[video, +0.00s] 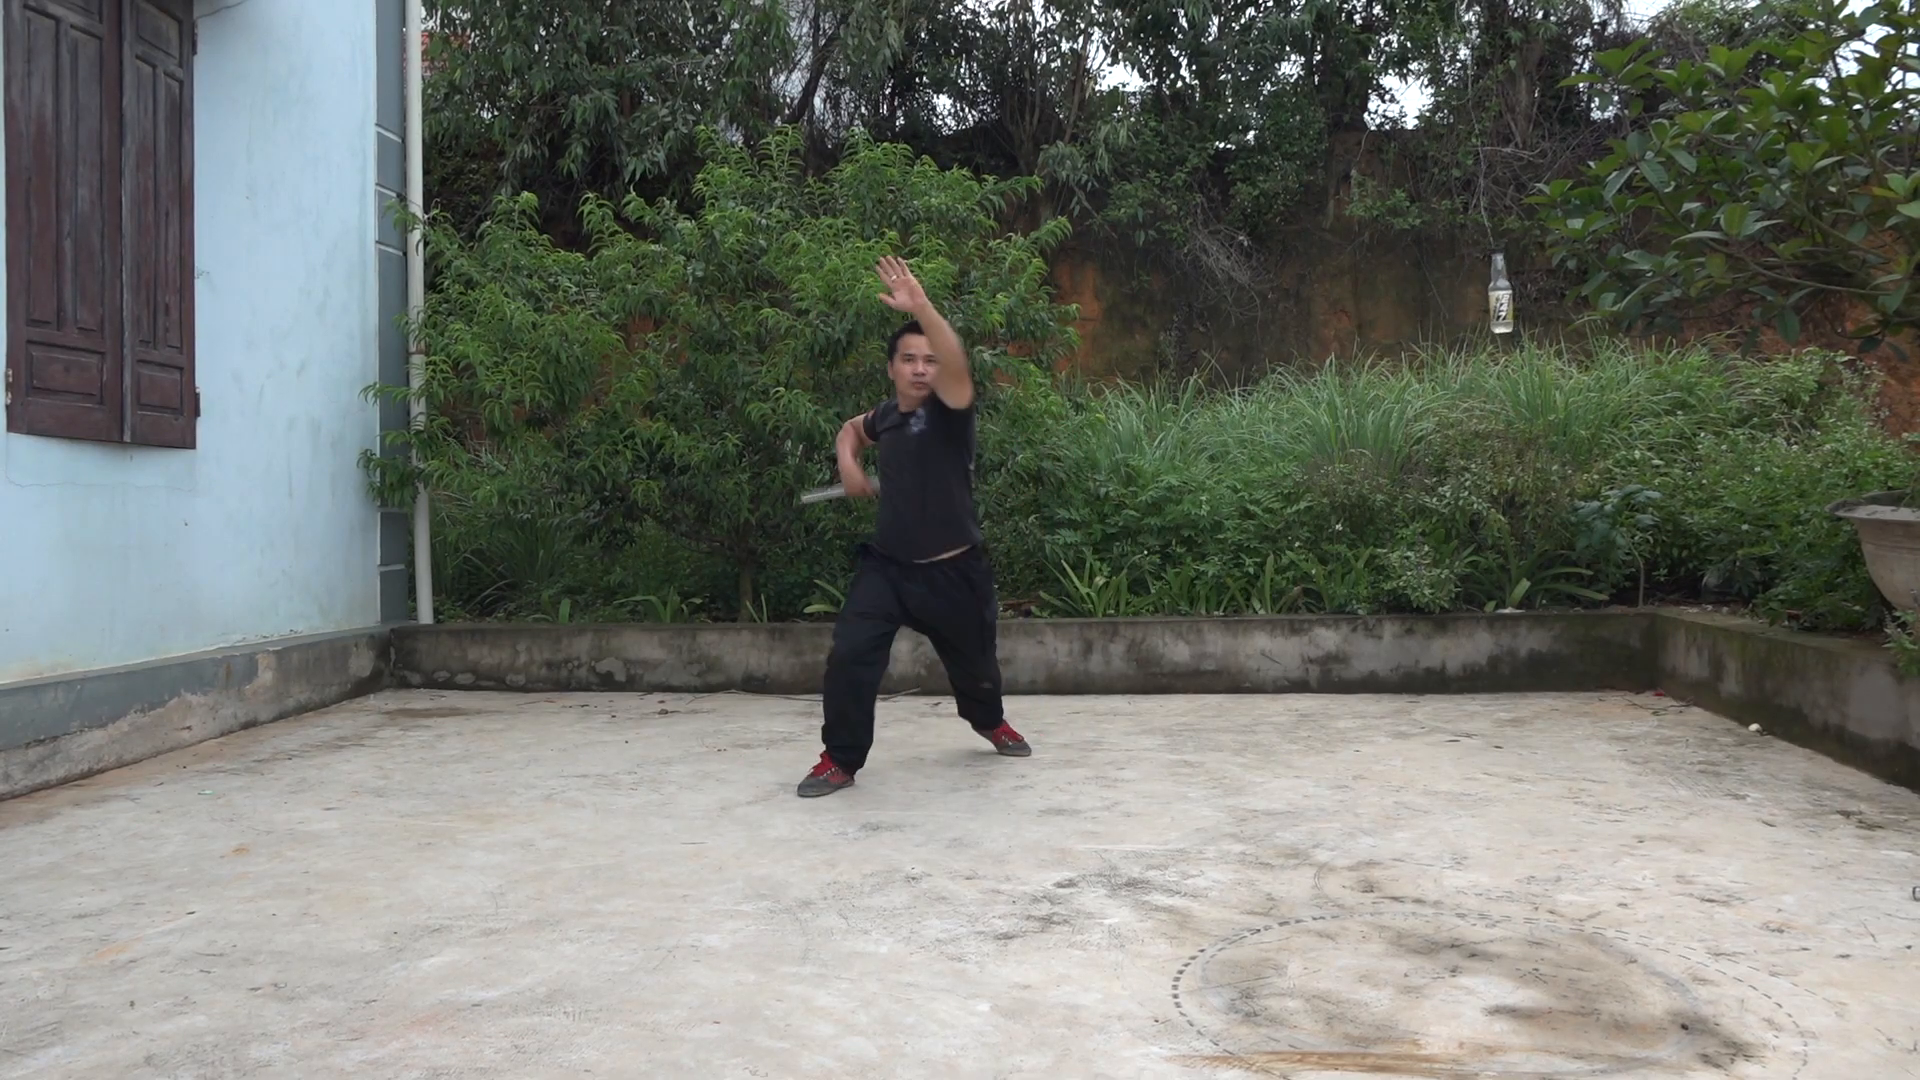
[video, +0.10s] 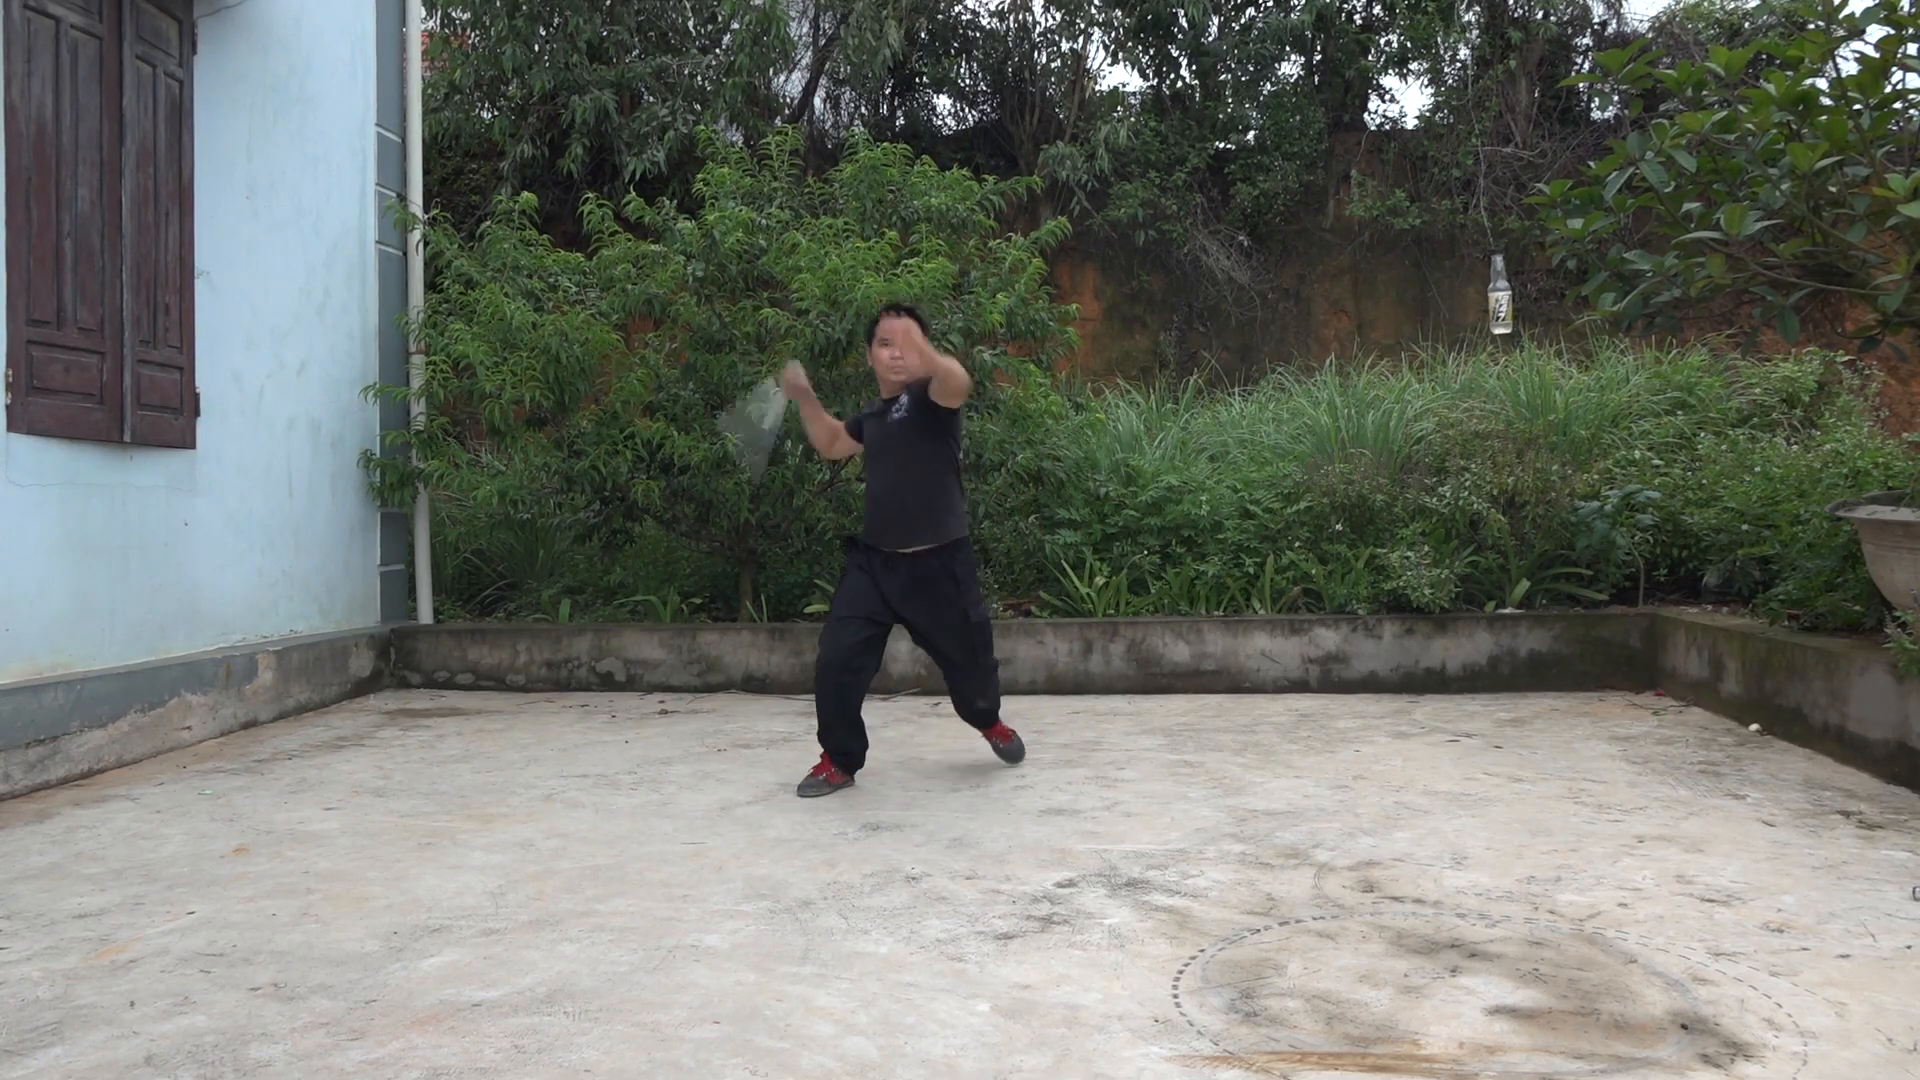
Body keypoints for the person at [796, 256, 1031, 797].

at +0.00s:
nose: (920, 368)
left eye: (928, 360)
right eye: (909, 359)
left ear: (942, 367)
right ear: (892, 369)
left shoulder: (953, 409)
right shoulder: (883, 417)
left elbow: (954, 361)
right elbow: (850, 432)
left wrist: (922, 308)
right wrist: (849, 466)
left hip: (954, 570)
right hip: (888, 567)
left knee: (975, 666)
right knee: (849, 658)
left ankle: (990, 723)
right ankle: (841, 760)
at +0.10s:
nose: (897, 354)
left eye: (907, 345)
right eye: (886, 344)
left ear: (923, 356)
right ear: (870, 354)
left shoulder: (936, 400)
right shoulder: (871, 417)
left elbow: (958, 384)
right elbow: (831, 444)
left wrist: (931, 357)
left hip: (941, 562)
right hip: (875, 564)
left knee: (972, 659)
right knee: (837, 662)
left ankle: (988, 720)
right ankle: (840, 761)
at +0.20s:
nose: (892, 341)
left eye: (904, 332)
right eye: (882, 331)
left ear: (921, 344)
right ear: (865, 343)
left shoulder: (945, 389)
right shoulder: (853, 412)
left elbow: (1011, 426)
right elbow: (785, 445)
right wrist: (796, 377)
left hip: (940, 558)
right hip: (867, 561)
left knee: (967, 662)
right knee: (837, 664)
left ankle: (986, 761)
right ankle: (839, 762)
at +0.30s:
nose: (906, 338)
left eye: (918, 329)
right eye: (895, 328)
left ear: (936, 342)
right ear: (877, 340)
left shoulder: (961, 406)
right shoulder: (854, 394)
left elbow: (994, 467)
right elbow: (780, 389)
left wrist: (987, 510)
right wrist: (807, 334)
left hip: (941, 559)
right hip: (870, 557)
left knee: (958, 668)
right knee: (843, 669)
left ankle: (979, 793)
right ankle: (842, 761)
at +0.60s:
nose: (922, 324)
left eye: (936, 316)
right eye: (911, 313)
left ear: (953, 333)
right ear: (891, 325)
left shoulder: (967, 394)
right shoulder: (860, 379)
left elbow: (1014, 464)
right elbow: (787, 401)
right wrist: (750, 335)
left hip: (947, 556)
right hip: (874, 552)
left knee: (962, 677)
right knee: (848, 674)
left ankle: (973, 814)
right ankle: (837, 772)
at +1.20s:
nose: (955, 313)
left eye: (965, 299)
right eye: (939, 302)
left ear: (980, 296)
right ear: (909, 301)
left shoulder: (997, 346)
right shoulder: (879, 335)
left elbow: (1074, 377)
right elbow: (829, 418)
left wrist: (1007, 333)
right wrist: (895, 394)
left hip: (948, 519)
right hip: (880, 500)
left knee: (961, 655)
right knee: (869, 425)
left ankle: (949, 818)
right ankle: (849, 561)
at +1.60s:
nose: (973, 330)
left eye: (981, 322)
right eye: (959, 316)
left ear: (979, 335)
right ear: (918, 320)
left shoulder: (940, 386)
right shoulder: (915, 362)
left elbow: (900, 480)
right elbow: (1005, 420)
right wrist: (1063, 488)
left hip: (922, 587)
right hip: (864, 577)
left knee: (973, 687)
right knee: (837, 724)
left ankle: (960, 841)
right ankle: (771, 898)